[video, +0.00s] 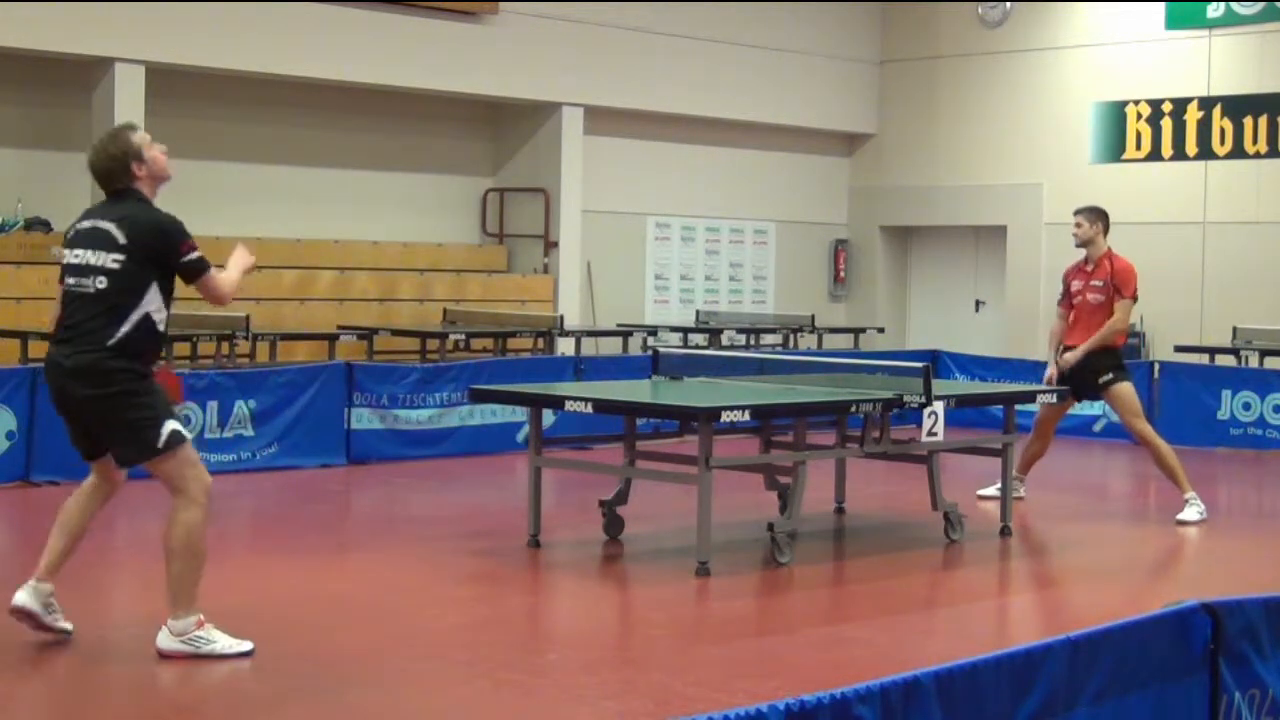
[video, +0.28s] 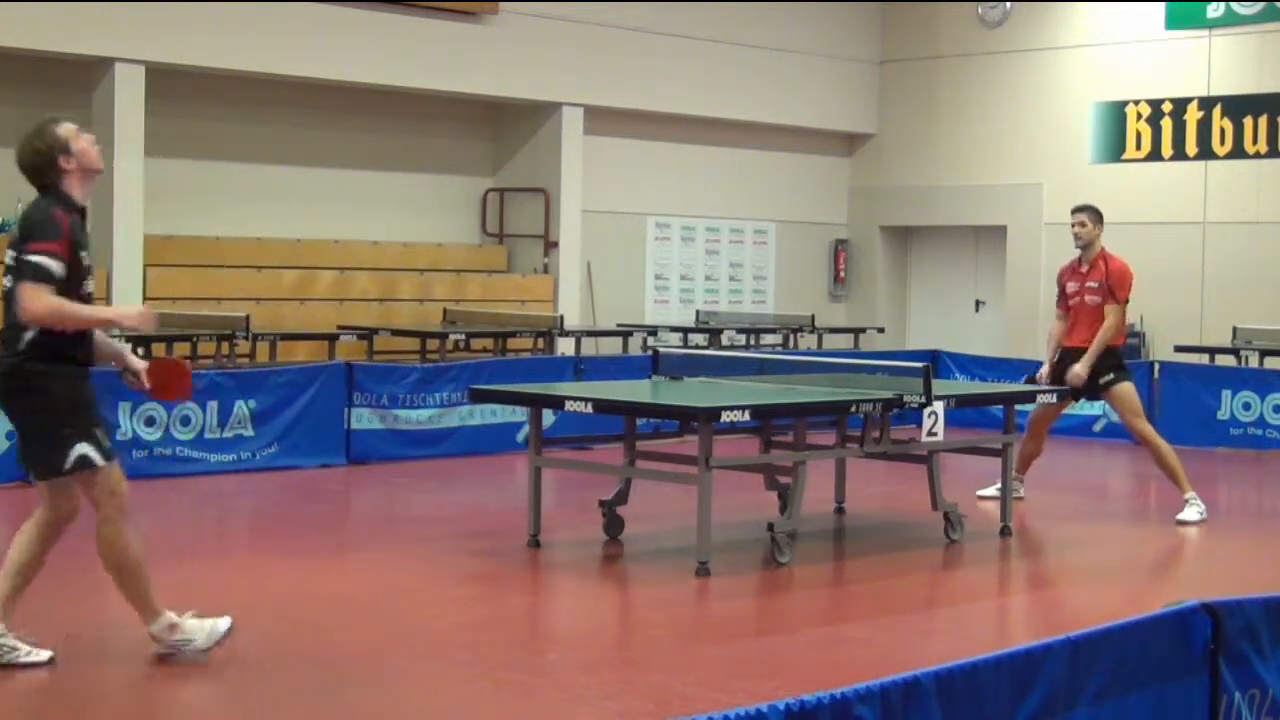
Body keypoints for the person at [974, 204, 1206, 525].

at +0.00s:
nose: (1073, 231)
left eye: (1079, 226)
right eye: (1073, 226)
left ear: (1098, 229)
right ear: (1087, 230)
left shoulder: (1121, 269)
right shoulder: (1072, 272)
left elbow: (1120, 323)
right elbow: (1061, 319)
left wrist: (1079, 352)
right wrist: (1051, 361)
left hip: (1104, 356)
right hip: (1070, 356)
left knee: (1138, 426)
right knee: (1043, 422)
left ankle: (1191, 498)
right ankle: (1016, 481)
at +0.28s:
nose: (1075, 231)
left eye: (1081, 225)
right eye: (1073, 226)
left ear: (1098, 229)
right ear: (1071, 231)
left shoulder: (1116, 269)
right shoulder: (1066, 273)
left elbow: (1112, 323)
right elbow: (1061, 320)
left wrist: (1086, 363)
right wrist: (1048, 361)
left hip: (1105, 357)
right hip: (1069, 357)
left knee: (1138, 426)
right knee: (1036, 422)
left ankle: (1191, 498)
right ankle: (1015, 481)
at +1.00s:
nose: (1027, 335)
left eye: (1027, 328)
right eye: (1025, 330)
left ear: (1039, 320)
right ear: (1053, 313)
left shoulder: (1049, 335)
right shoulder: (1087, 319)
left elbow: (1012, 374)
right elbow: (1059, 361)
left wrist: (989, 361)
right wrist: (1014, 357)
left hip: (1119, 399)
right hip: (1157, 391)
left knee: (1055, 430)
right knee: (1197, 475)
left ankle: (1071, 515)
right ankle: (1253, 528)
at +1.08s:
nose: (1026, 336)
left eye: (1026, 330)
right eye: (1024, 331)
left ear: (1038, 321)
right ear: (1052, 315)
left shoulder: (1048, 336)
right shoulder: (1086, 321)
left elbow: (1011, 374)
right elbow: (1068, 361)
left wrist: (989, 360)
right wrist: (1025, 360)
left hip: (1117, 401)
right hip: (1155, 394)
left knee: (1053, 431)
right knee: (1196, 477)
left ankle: (1071, 515)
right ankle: (1253, 529)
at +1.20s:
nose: (1025, 336)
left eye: (1025, 329)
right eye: (1023, 332)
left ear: (1037, 321)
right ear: (1051, 316)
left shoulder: (1047, 337)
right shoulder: (1085, 322)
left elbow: (1010, 374)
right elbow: (1066, 359)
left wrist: (987, 359)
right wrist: (1023, 360)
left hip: (1117, 402)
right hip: (1155, 395)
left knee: (1053, 430)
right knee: (1197, 478)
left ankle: (1071, 515)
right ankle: (1253, 529)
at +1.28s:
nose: (1025, 336)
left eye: (1024, 329)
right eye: (1022, 332)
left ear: (1037, 321)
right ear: (1050, 316)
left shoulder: (1047, 335)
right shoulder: (1083, 323)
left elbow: (1011, 374)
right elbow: (1069, 361)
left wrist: (987, 358)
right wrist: (1026, 361)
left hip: (1117, 402)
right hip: (1154, 396)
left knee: (1052, 431)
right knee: (1197, 478)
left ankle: (1071, 515)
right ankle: (1252, 529)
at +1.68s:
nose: (1025, 336)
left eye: (1024, 329)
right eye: (1023, 331)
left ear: (1037, 321)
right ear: (1050, 316)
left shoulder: (1047, 336)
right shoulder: (1084, 322)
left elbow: (1009, 374)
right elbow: (1062, 359)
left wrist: (987, 358)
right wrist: (1021, 359)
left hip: (1116, 403)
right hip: (1154, 396)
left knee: (1052, 431)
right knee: (1197, 478)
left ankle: (1071, 516)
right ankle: (1252, 529)